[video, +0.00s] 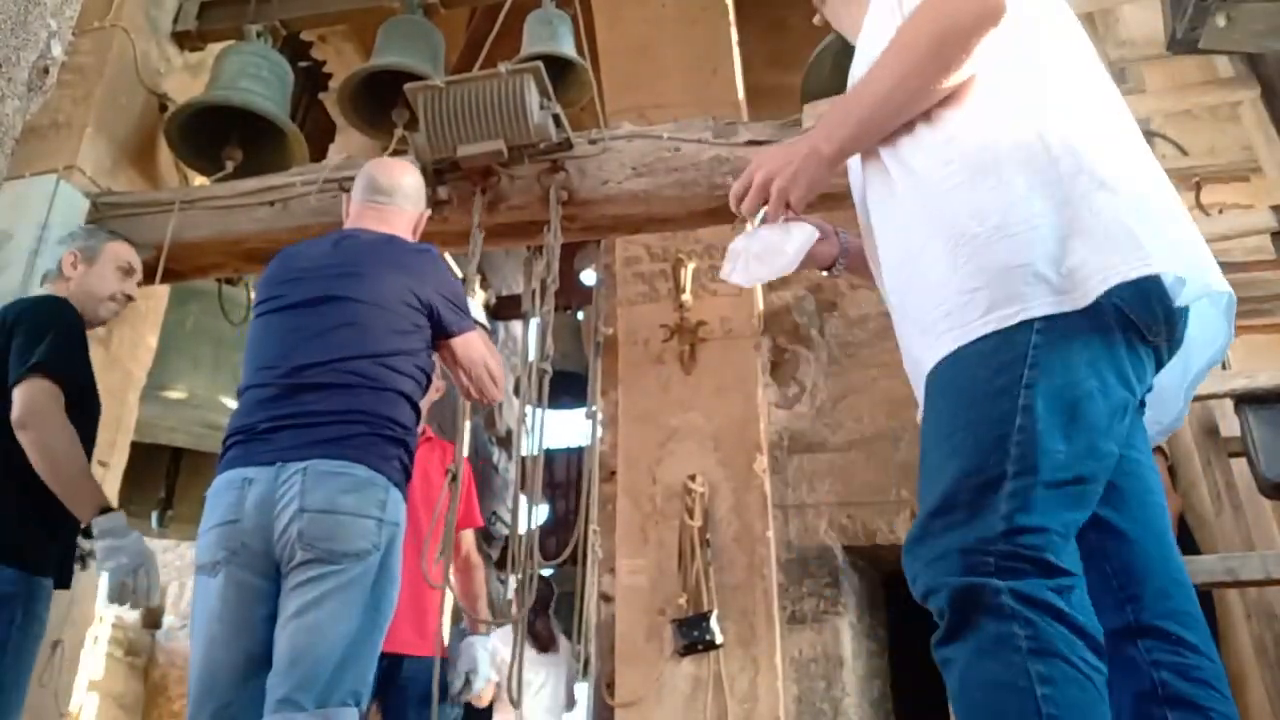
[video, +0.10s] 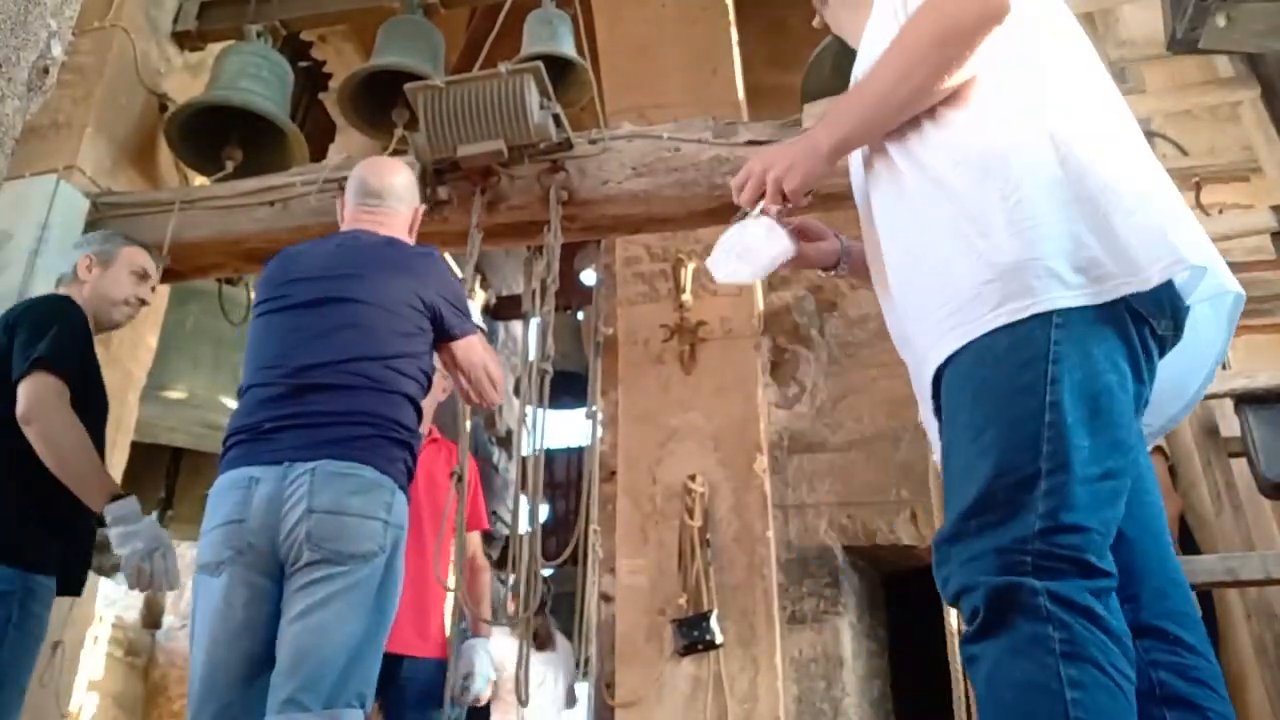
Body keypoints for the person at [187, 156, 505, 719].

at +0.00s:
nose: (423, 232)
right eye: (424, 223)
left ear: (347, 207)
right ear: (420, 221)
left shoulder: (281, 265)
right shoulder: (421, 265)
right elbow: (489, 385)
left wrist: (432, 369)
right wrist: (438, 328)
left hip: (235, 489)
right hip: (348, 488)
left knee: (217, 709)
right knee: (309, 706)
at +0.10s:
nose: (419, 226)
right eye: (421, 219)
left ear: (341, 209)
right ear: (415, 220)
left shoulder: (278, 267)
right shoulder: (423, 267)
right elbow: (489, 390)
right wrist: (454, 339)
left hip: (239, 487)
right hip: (354, 487)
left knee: (217, 707)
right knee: (313, 706)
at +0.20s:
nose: (412, 219)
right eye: (412, 214)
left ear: (331, 214)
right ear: (406, 217)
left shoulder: (276, 267)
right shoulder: (426, 270)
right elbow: (483, 397)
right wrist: (453, 343)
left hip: (242, 486)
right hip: (358, 487)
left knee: (218, 706)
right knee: (317, 707)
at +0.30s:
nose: (408, 218)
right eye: (408, 212)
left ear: (327, 214)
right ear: (402, 216)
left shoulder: (276, 267)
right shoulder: (425, 270)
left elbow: (291, 361)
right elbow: (473, 399)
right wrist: (432, 351)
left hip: (243, 485)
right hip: (358, 487)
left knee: (218, 707)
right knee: (316, 707)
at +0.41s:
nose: (410, 217)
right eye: (410, 211)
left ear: (329, 214)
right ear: (404, 215)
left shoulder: (275, 269)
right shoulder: (424, 269)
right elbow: (475, 399)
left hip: (241, 486)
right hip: (356, 486)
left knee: (218, 707)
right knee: (314, 707)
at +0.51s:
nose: (411, 218)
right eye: (412, 212)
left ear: (329, 215)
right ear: (405, 215)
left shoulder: (276, 270)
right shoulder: (424, 269)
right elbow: (480, 399)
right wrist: (446, 341)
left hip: (240, 487)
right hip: (355, 487)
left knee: (217, 708)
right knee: (313, 708)